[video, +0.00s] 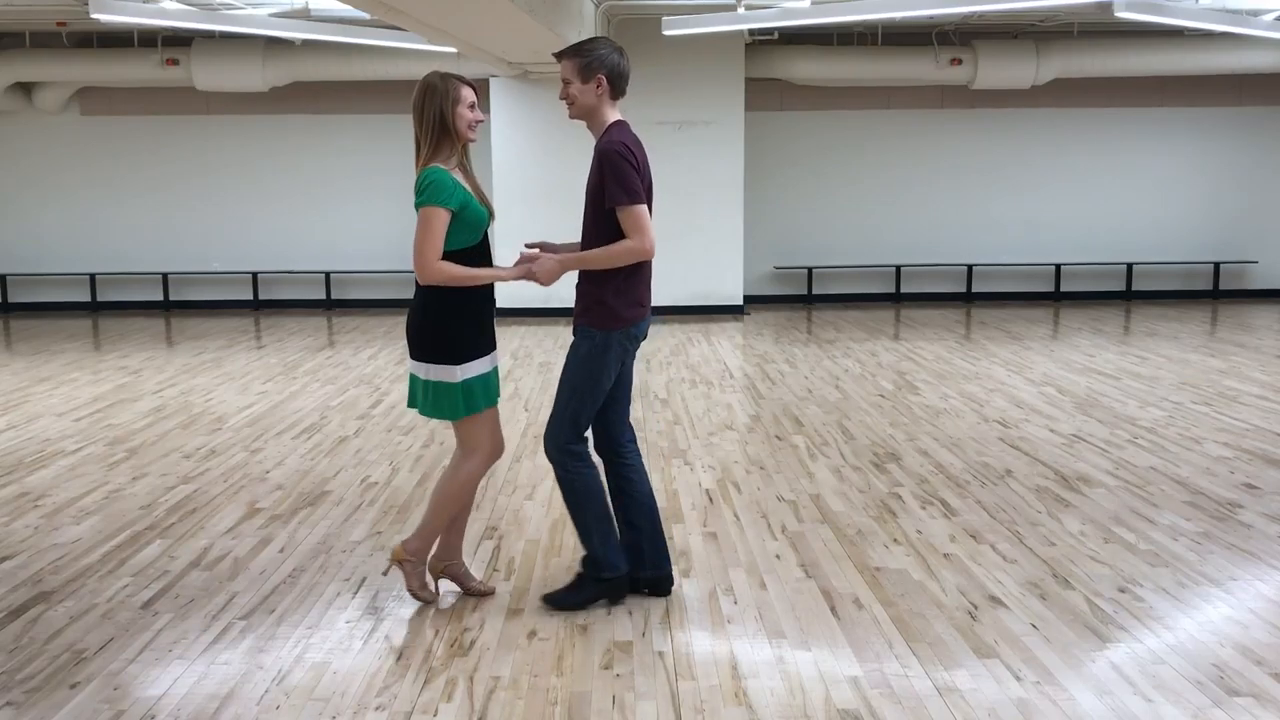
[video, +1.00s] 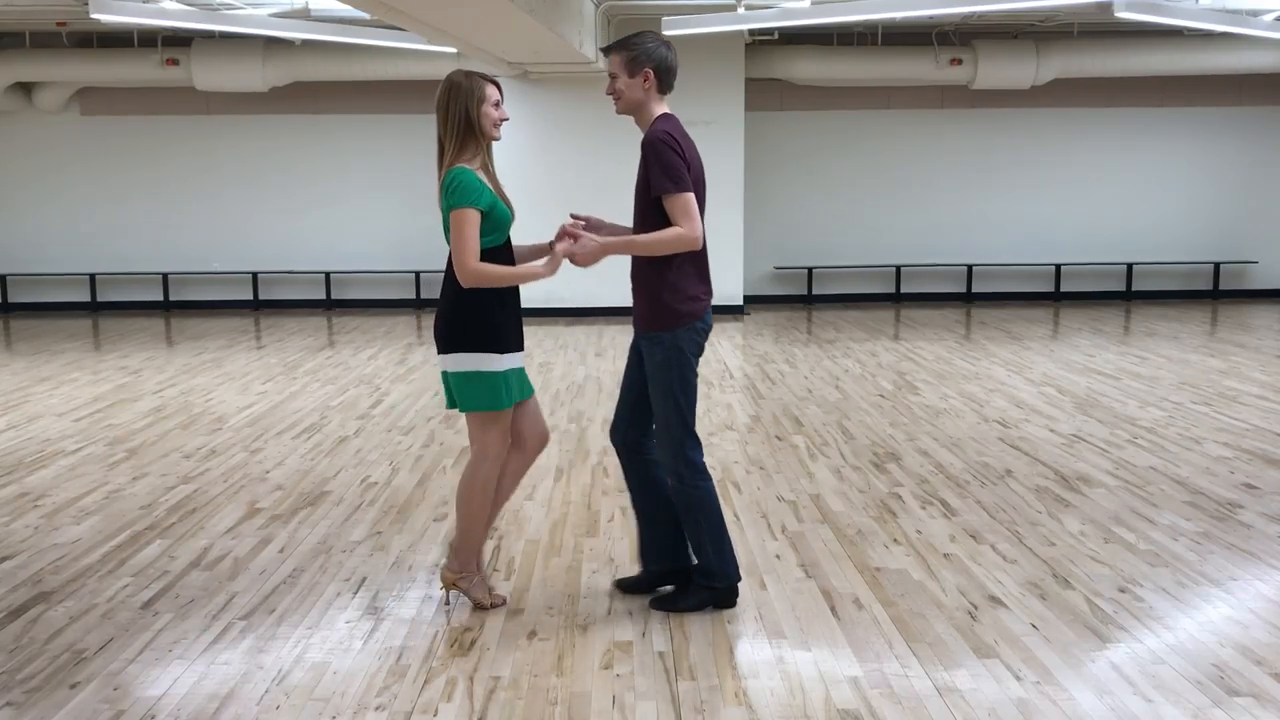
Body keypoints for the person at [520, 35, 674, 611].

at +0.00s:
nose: (562, 95)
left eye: (568, 84)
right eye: (561, 84)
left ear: (599, 84)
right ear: (601, 86)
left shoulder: (616, 148)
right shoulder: (617, 143)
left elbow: (641, 244)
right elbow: (616, 240)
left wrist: (562, 264)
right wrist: (555, 252)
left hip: (607, 322)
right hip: (619, 318)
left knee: (564, 440)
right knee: (615, 437)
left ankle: (605, 568)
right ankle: (651, 569)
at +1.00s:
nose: (608, 90)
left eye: (615, 78)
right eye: (608, 79)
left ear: (647, 79)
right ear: (646, 81)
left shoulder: (662, 140)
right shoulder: (662, 137)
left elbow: (689, 233)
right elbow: (667, 232)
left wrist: (608, 247)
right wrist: (607, 232)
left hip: (675, 322)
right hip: (659, 320)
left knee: (674, 447)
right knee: (631, 435)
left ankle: (718, 578)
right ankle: (667, 564)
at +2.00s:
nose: (583, 83)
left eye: (589, 73)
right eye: (584, 73)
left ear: (620, 76)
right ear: (619, 78)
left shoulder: (636, 139)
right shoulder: (635, 136)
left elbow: (658, 237)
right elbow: (638, 226)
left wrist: (581, 218)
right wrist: (584, 229)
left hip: (639, 320)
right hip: (624, 318)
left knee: (636, 445)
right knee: (611, 440)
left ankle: (706, 565)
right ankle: (631, 567)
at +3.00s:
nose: (565, 86)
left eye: (572, 75)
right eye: (565, 76)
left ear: (604, 77)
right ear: (602, 79)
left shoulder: (623, 139)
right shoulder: (618, 134)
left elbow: (645, 236)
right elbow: (627, 231)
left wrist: (566, 229)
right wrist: (561, 231)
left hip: (613, 319)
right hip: (604, 316)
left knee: (589, 444)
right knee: (591, 441)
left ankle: (656, 566)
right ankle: (622, 567)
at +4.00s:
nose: (613, 86)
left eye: (620, 76)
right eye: (613, 76)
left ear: (651, 79)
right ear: (651, 80)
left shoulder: (671, 140)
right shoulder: (664, 140)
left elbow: (703, 237)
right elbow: (676, 233)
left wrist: (623, 250)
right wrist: (616, 236)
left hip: (689, 320)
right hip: (671, 318)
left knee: (682, 449)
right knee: (653, 439)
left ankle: (714, 576)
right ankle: (743, 537)